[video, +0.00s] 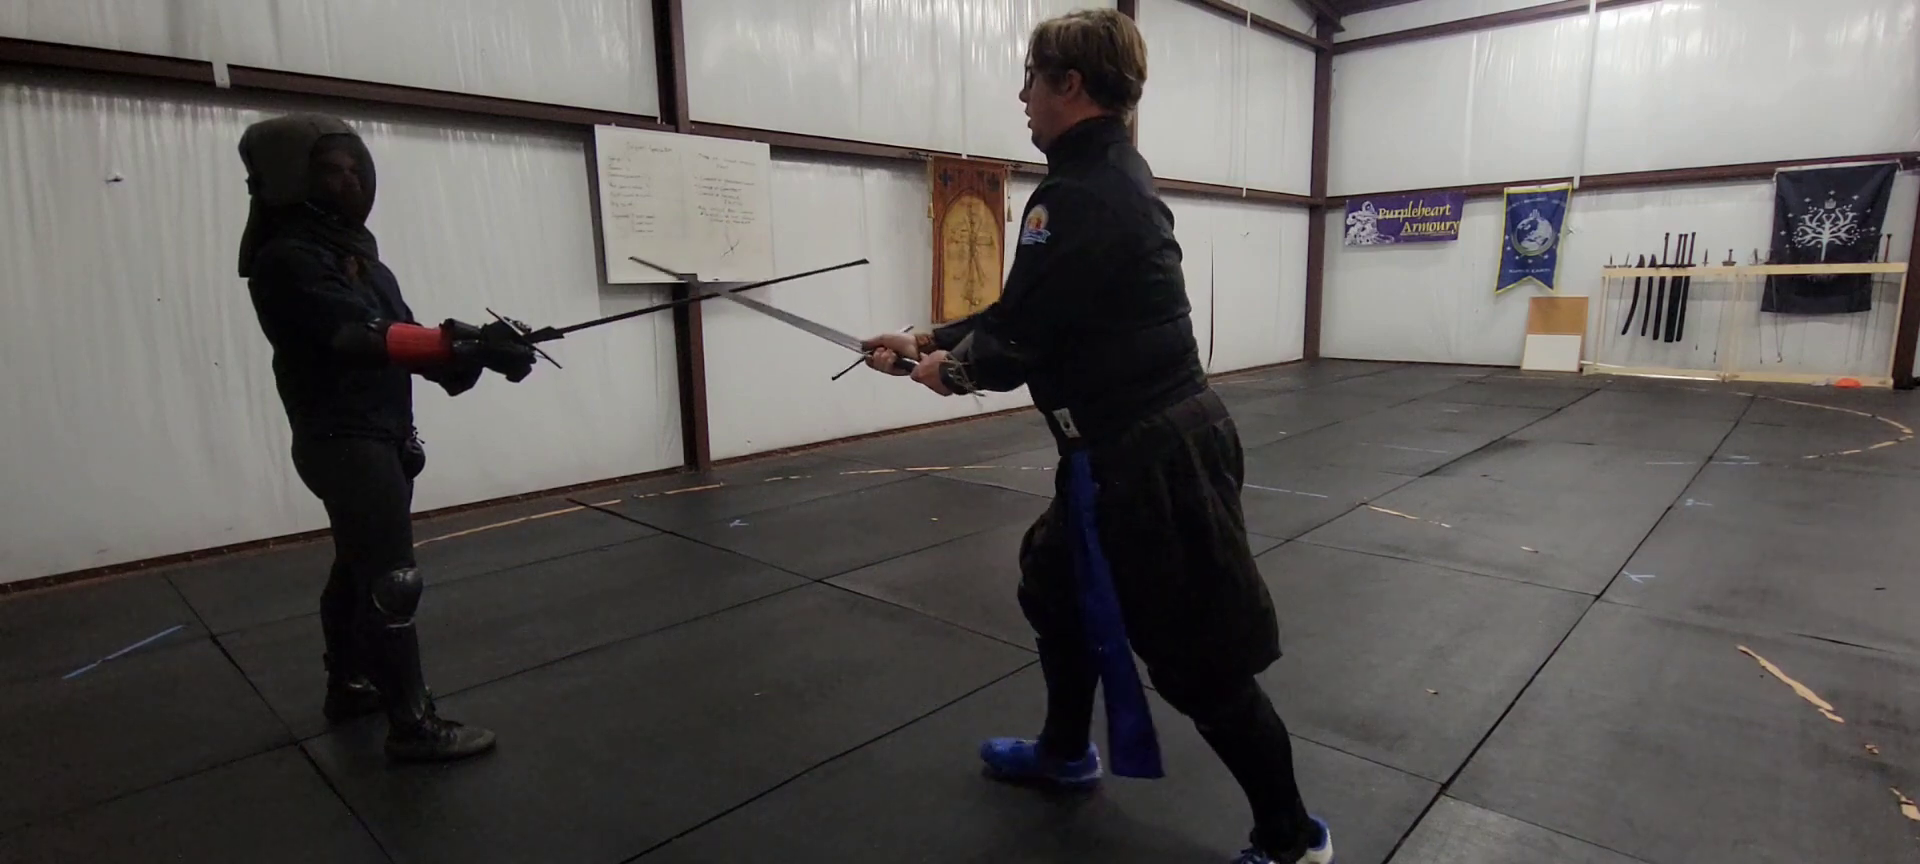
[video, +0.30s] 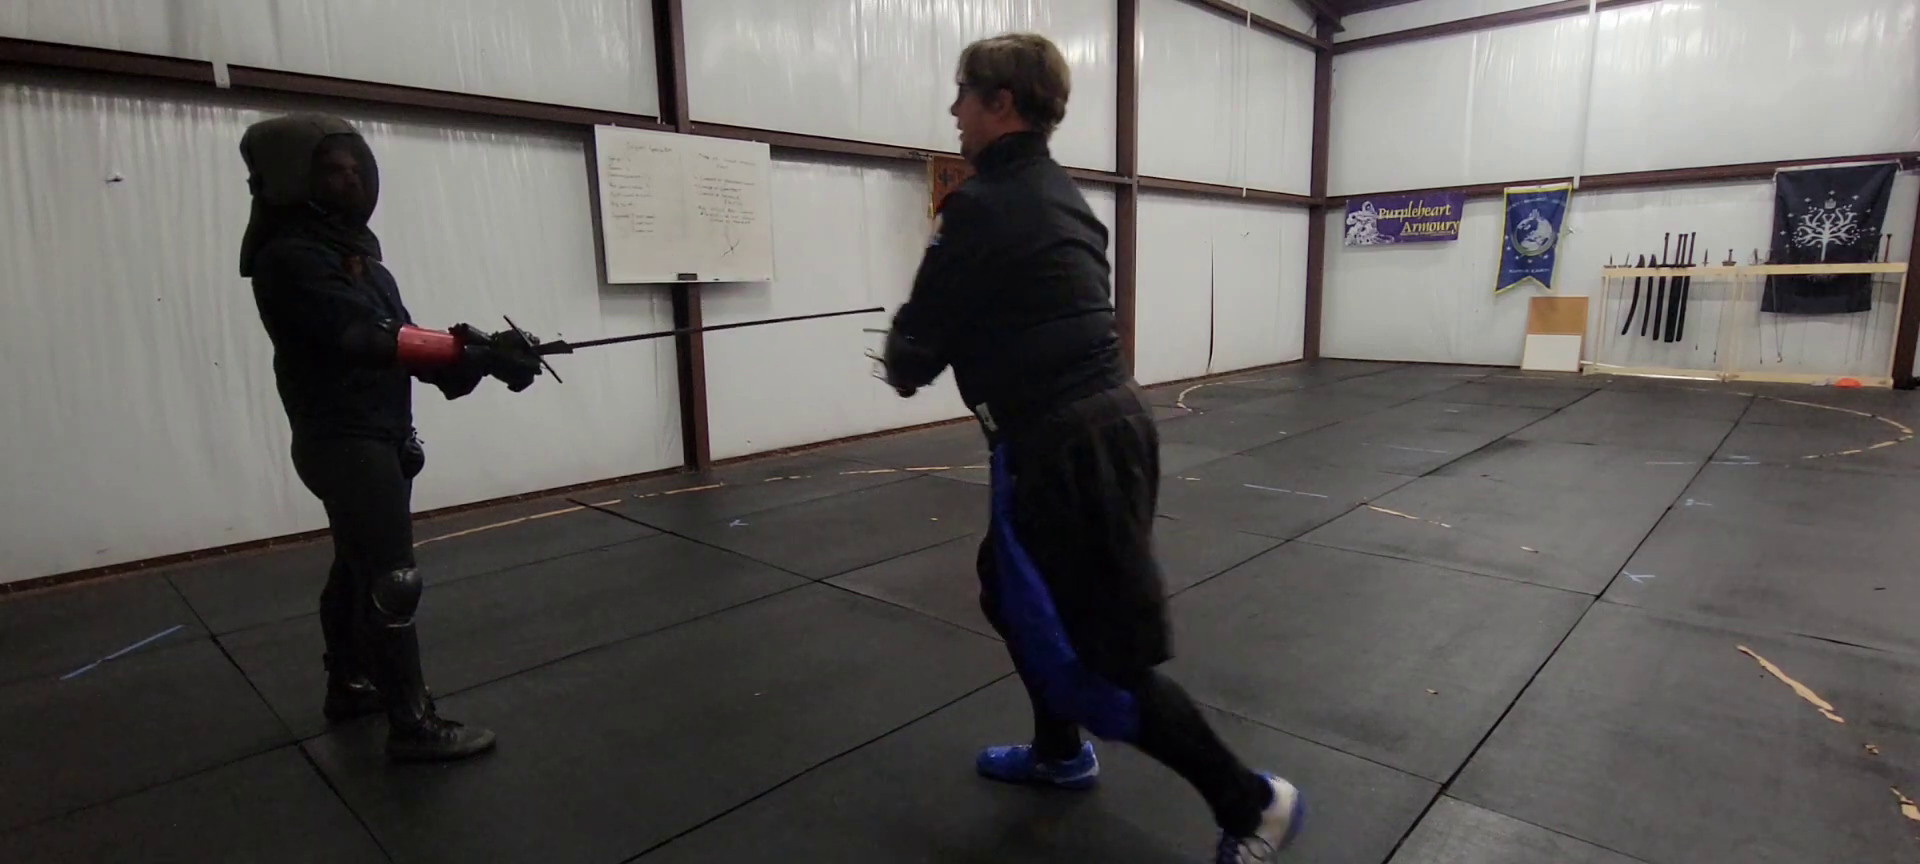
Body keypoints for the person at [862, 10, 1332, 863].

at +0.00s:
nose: (1024, 98)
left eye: (1033, 82)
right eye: (1027, 81)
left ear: (1072, 89)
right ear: (1091, 92)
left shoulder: (1082, 192)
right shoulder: (1106, 177)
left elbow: (1028, 334)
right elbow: (1026, 309)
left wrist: (951, 369)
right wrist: (928, 340)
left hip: (1153, 448)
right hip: (1147, 436)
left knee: (1197, 652)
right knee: (1052, 577)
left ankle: (1289, 838)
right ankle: (1064, 752)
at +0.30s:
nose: (954, 113)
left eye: (962, 98)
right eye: (956, 97)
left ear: (1001, 106)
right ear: (1027, 111)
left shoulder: (981, 207)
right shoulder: (1065, 193)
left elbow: (911, 359)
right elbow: (1040, 304)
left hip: (1058, 444)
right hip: (1114, 419)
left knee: (1080, 658)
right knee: (1009, 590)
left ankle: (1251, 802)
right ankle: (1059, 749)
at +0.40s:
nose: (927, 112)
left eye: (938, 98)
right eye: (932, 98)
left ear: (977, 111)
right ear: (998, 117)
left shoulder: (951, 213)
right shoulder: (1036, 195)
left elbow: (880, 353)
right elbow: (1018, 301)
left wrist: (871, 349)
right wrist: (924, 326)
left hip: (1027, 444)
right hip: (1098, 420)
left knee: (978, 658)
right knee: (1047, 604)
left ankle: (1166, 809)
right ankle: (1058, 753)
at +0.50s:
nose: (895, 120)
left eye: (904, 107)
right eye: (899, 105)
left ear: (941, 119)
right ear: (969, 124)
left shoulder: (925, 216)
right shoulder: (998, 200)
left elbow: (855, 364)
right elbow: (991, 308)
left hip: (1003, 450)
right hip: (1070, 425)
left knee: (904, 621)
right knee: (998, 601)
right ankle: (1060, 752)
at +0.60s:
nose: (860, 117)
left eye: (872, 103)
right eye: (866, 102)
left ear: (908, 118)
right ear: (929, 123)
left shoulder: (895, 217)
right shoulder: (962, 199)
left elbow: (825, 352)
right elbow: (916, 319)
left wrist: (782, 352)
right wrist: (818, 317)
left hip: (965, 458)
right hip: (1035, 436)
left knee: (839, 605)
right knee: (980, 603)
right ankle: (1059, 752)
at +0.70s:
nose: (817, 123)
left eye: (826, 111)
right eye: (821, 109)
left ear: (865, 122)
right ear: (883, 123)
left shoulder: (845, 215)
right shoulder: (915, 199)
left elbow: (738, 306)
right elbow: (795, 277)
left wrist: (675, 286)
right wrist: (700, 275)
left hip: (904, 470)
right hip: (989, 444)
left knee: (786, 636)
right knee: (965, 608)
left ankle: (688, 848)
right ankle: (1059, 751)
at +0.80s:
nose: (756, 132)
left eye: (764, 119)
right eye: (760, 118)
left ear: (791, 126)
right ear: (837, 129)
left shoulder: (774, 217)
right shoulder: (848, 197)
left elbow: (676, 270)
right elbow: (722, 225)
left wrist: (615, 257)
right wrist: (619, 230)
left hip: (835, 482)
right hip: (925, 460)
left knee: (702, 655)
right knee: (950, 626)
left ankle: (652, 847)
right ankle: (1052, 754)